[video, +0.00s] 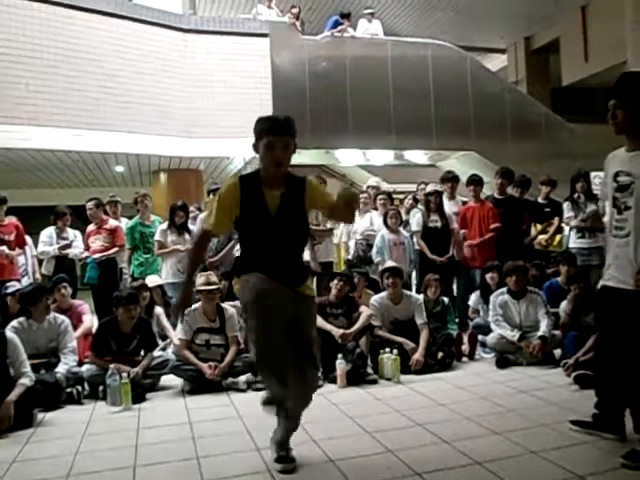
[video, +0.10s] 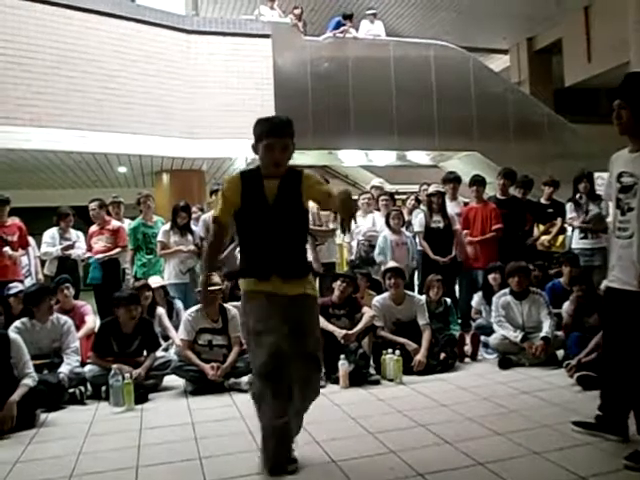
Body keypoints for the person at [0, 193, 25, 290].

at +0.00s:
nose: (1, 209)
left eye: (2, 206)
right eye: (1, 207)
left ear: (5, 206)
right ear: (3, 207)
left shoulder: (14, 225)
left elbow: (21, 246)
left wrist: (13, 253)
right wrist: (5, 252)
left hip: (10, 274)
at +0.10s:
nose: (3, 212)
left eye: (4, 208)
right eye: (1, 208)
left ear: (9, 208)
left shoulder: (17, 225)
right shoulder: (2, 227)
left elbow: (25, 247)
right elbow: (3, 246)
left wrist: (17, 254)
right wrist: (8, 253)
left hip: (14, 276)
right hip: (3, 276)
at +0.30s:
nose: (2, 212)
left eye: (4, 209)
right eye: (1, 209)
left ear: (8, 208)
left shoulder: (17, 225)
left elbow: (25, 247)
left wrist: (16, 254)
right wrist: (7, 253)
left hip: (14, 276)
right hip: (2, 276)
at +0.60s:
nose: (2, 210)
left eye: (4, 207)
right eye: (1, 207)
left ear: (8, 208)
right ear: (1, 208)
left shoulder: (16, 225)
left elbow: (24, 247)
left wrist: (16, 254)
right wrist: (6, 253)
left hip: (14, 276)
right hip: (2, 276)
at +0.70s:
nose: (2, 211)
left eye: (4, 208)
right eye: (1, 208)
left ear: (8, 208)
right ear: (0, 209)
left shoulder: (16, 225)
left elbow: (24, 247)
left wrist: (16, 254)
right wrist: (6, 253)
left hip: (13, 276)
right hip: (2, 276)